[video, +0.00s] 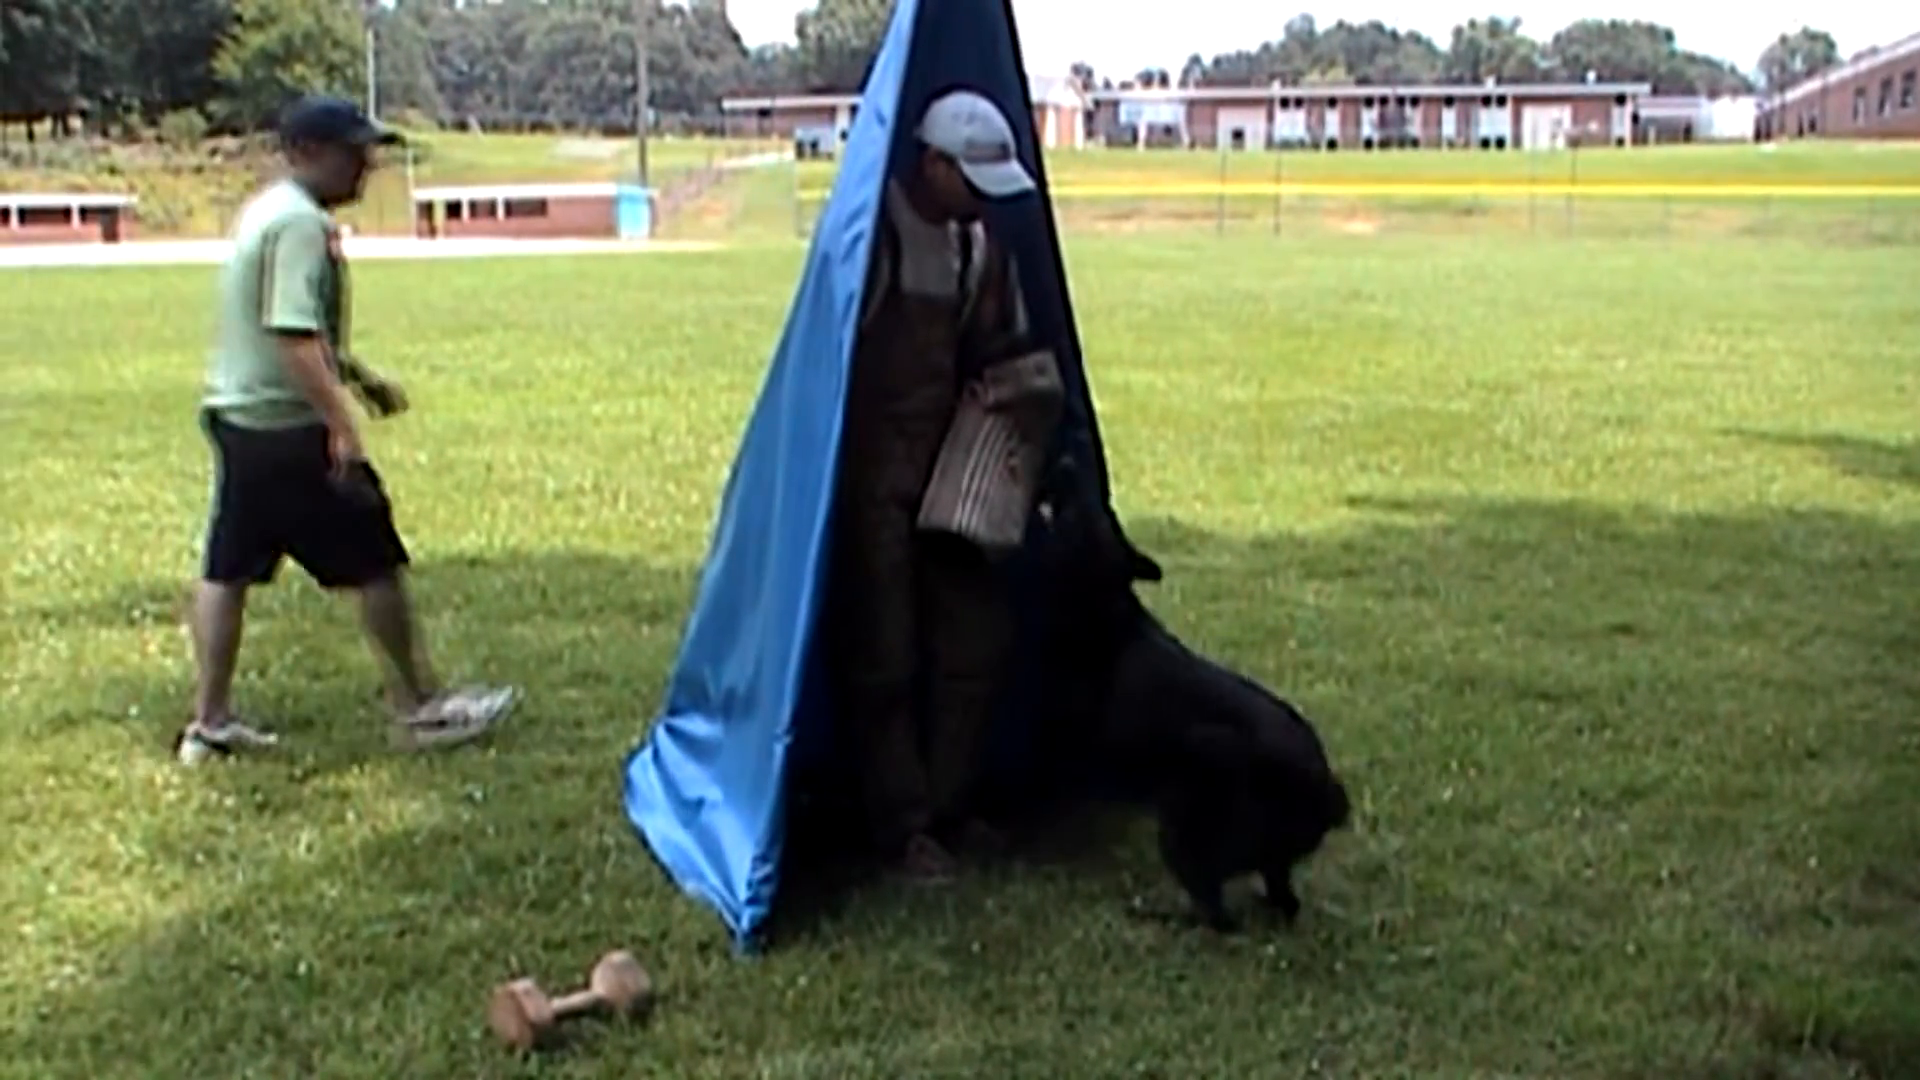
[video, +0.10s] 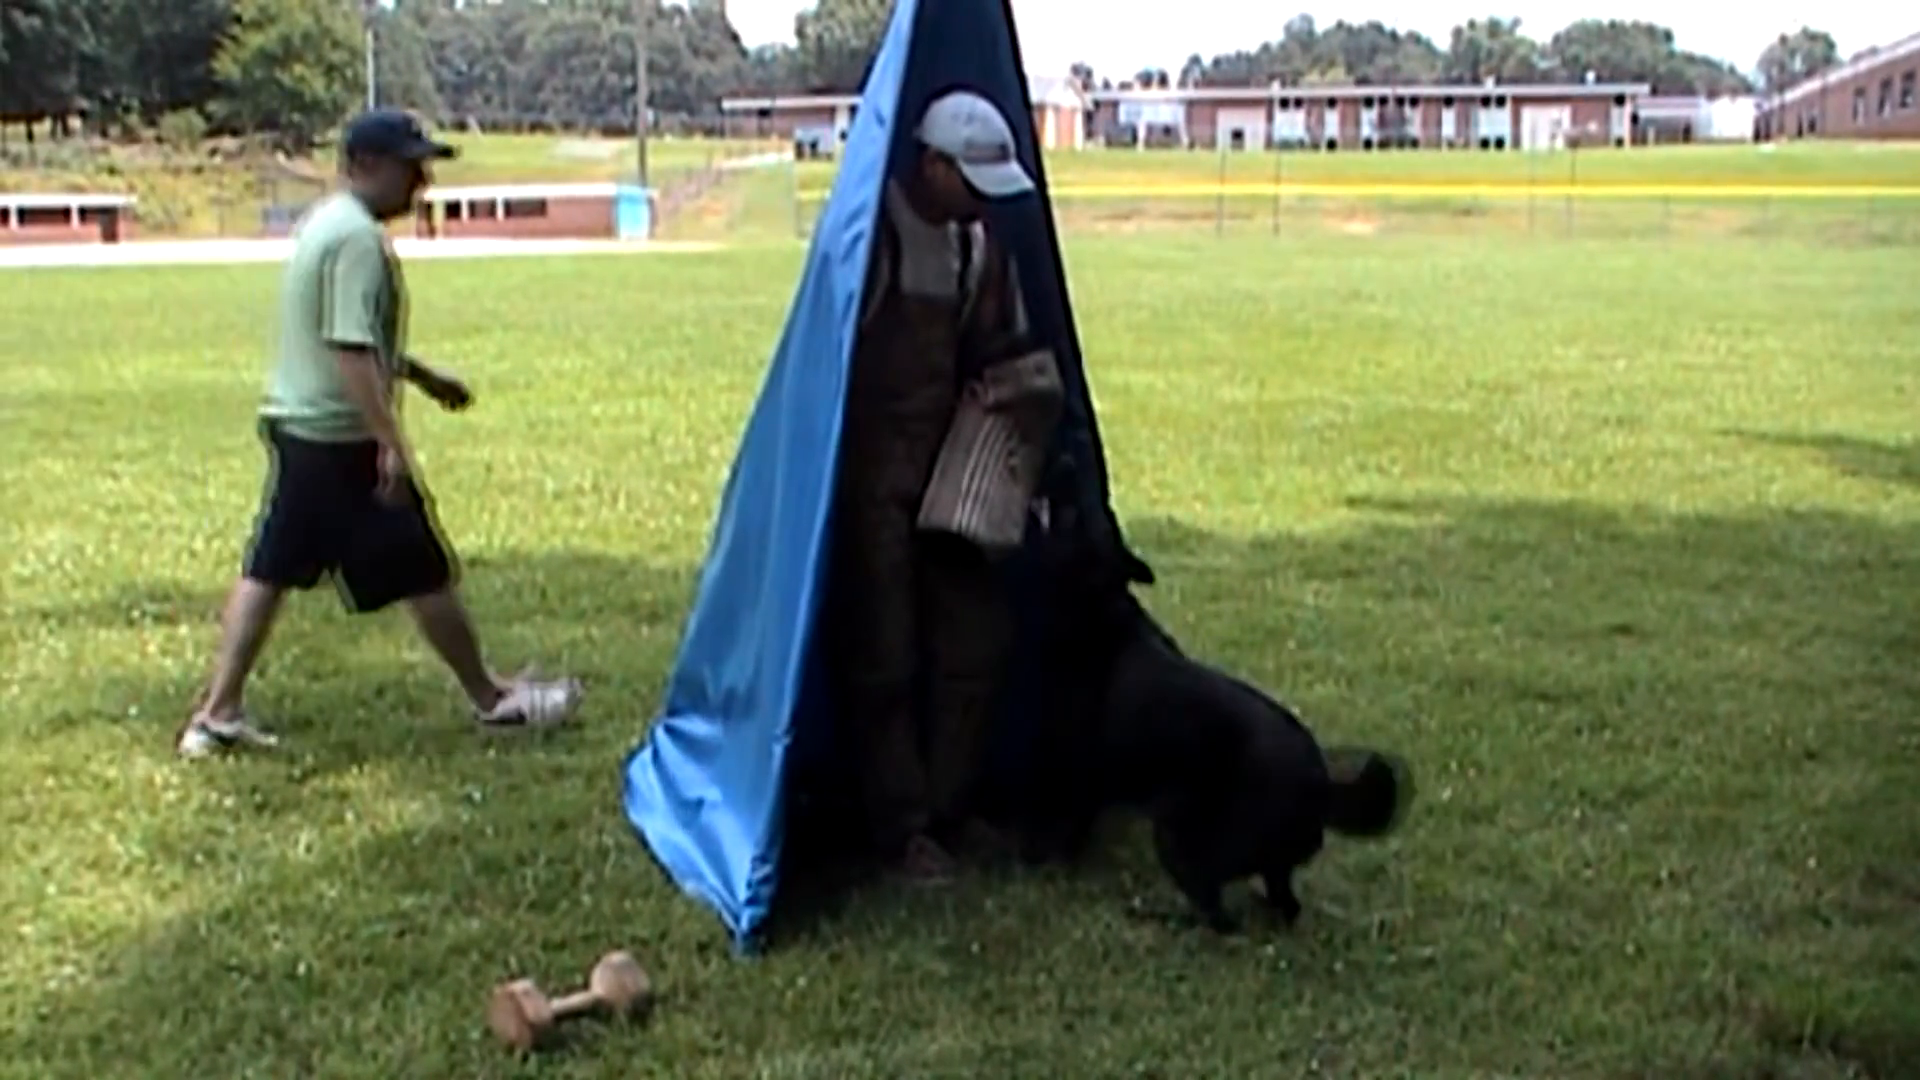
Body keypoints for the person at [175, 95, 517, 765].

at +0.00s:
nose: (367, 172)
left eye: (368, 159)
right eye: (357, 158)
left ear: (309, 156)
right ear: (312, 153)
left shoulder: (272, 212)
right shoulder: (301, 224)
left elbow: (303, 329)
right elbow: (297, 336)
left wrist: (362, 378)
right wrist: (341, 422)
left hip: (244, 422)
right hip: (290, 427)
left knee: (225, 575)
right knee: (376, 561)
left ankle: (210, 717)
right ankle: (419, 703)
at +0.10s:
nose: (422, 183)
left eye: (423, 169)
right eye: (412, 168)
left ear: (363, 170)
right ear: (367, 166)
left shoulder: (327, 223)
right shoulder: (357, 238)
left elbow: (353, 340)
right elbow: (353, 355)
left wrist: (427, 378)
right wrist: (392, 445)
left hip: (301, 433)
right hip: (344, 440)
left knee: (267, 574)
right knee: (426, 575)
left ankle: (217, 712)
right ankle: (490, 698)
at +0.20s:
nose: (482, 182)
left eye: (482, 169)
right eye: (472, 168)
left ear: (421, 170)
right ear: (426, 167)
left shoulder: (389, 228)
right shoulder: (418, 244)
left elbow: (397, 343)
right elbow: (414, 360)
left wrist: (464, 392)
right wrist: (447, 444)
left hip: (373, 429)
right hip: (416, 434)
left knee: (354, 569)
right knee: (487, 575)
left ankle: (251, 688)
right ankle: (510, 705)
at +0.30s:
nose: (535, 175)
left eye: (535, 162)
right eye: (525, 162)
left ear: (475, 164)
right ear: (482, 162)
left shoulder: (441, 221)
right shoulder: (475, 235)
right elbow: (477, 349)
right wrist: (510, 435)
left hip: (427, 412)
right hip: (467, 416)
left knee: (460, 561)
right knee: (516, 562)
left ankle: (347, 648)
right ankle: (512, 705)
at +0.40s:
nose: (584, 167)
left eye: (585, 153)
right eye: (575, 153)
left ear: (524, 151)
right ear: (531, 149)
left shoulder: (492, 210)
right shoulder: (523, 219)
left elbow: (514, 331)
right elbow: (533, 334)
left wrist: (571, 406)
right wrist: (579, 409)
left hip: (482, 392)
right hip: (507, 398)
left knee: (566, 527)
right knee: (541, 537)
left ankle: (472, 646)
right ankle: (512, 702)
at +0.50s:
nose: (625, 168)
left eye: (626, 154)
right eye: (617, 153)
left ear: (568, 151)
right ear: (578, 148)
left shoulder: (538, 207)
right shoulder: (572, 216)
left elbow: (541, 319)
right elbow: (587, 327)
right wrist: (650, 398)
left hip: (532, 394)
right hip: (555, 402)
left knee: (625, 521)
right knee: (545, 550)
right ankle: (513, 698)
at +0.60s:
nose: (673, 180)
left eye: (674, 166)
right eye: (667, 165)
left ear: (620, 161)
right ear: (629, 159)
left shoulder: (587, 222)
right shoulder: (618, 228)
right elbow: (644, 339)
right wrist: (715, 399)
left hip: (579, 410)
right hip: (604, 416)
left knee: (668, 549)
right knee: (557, 562)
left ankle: (727, 676)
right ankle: (515, 698)